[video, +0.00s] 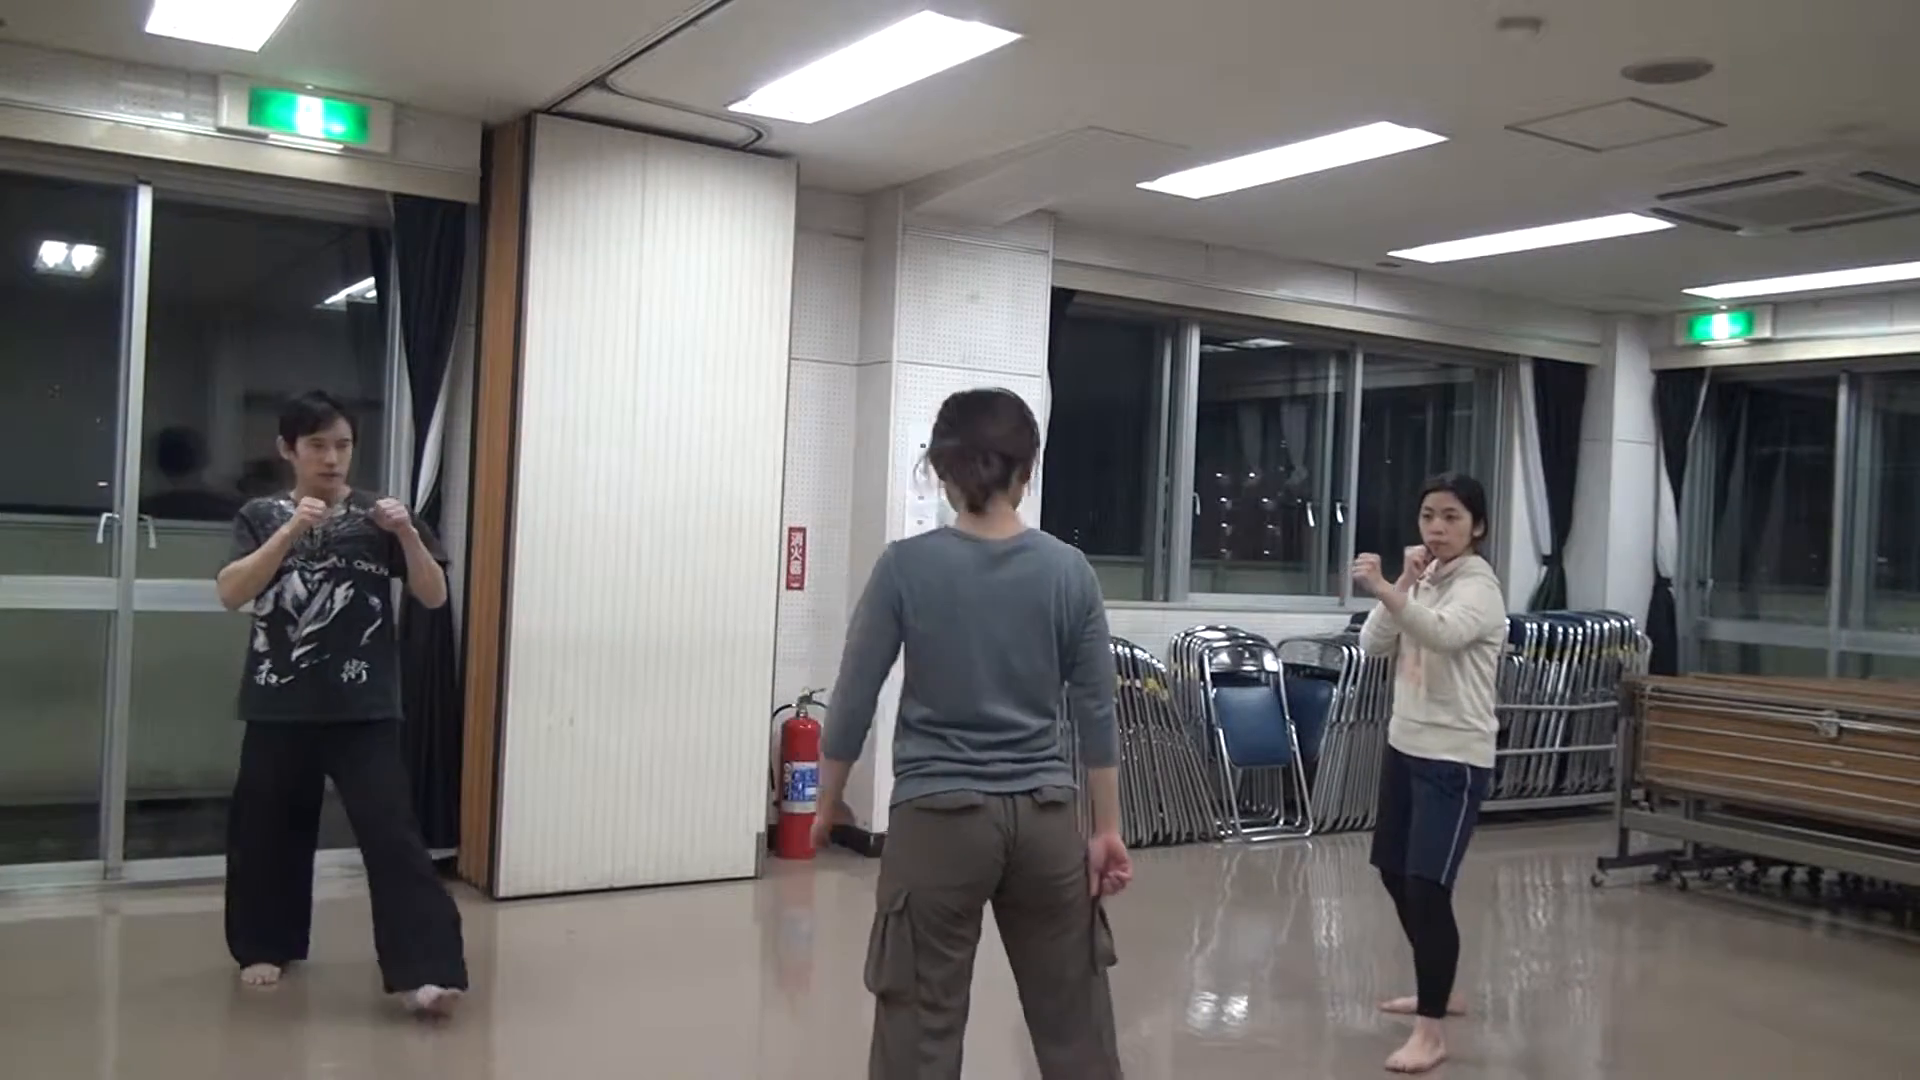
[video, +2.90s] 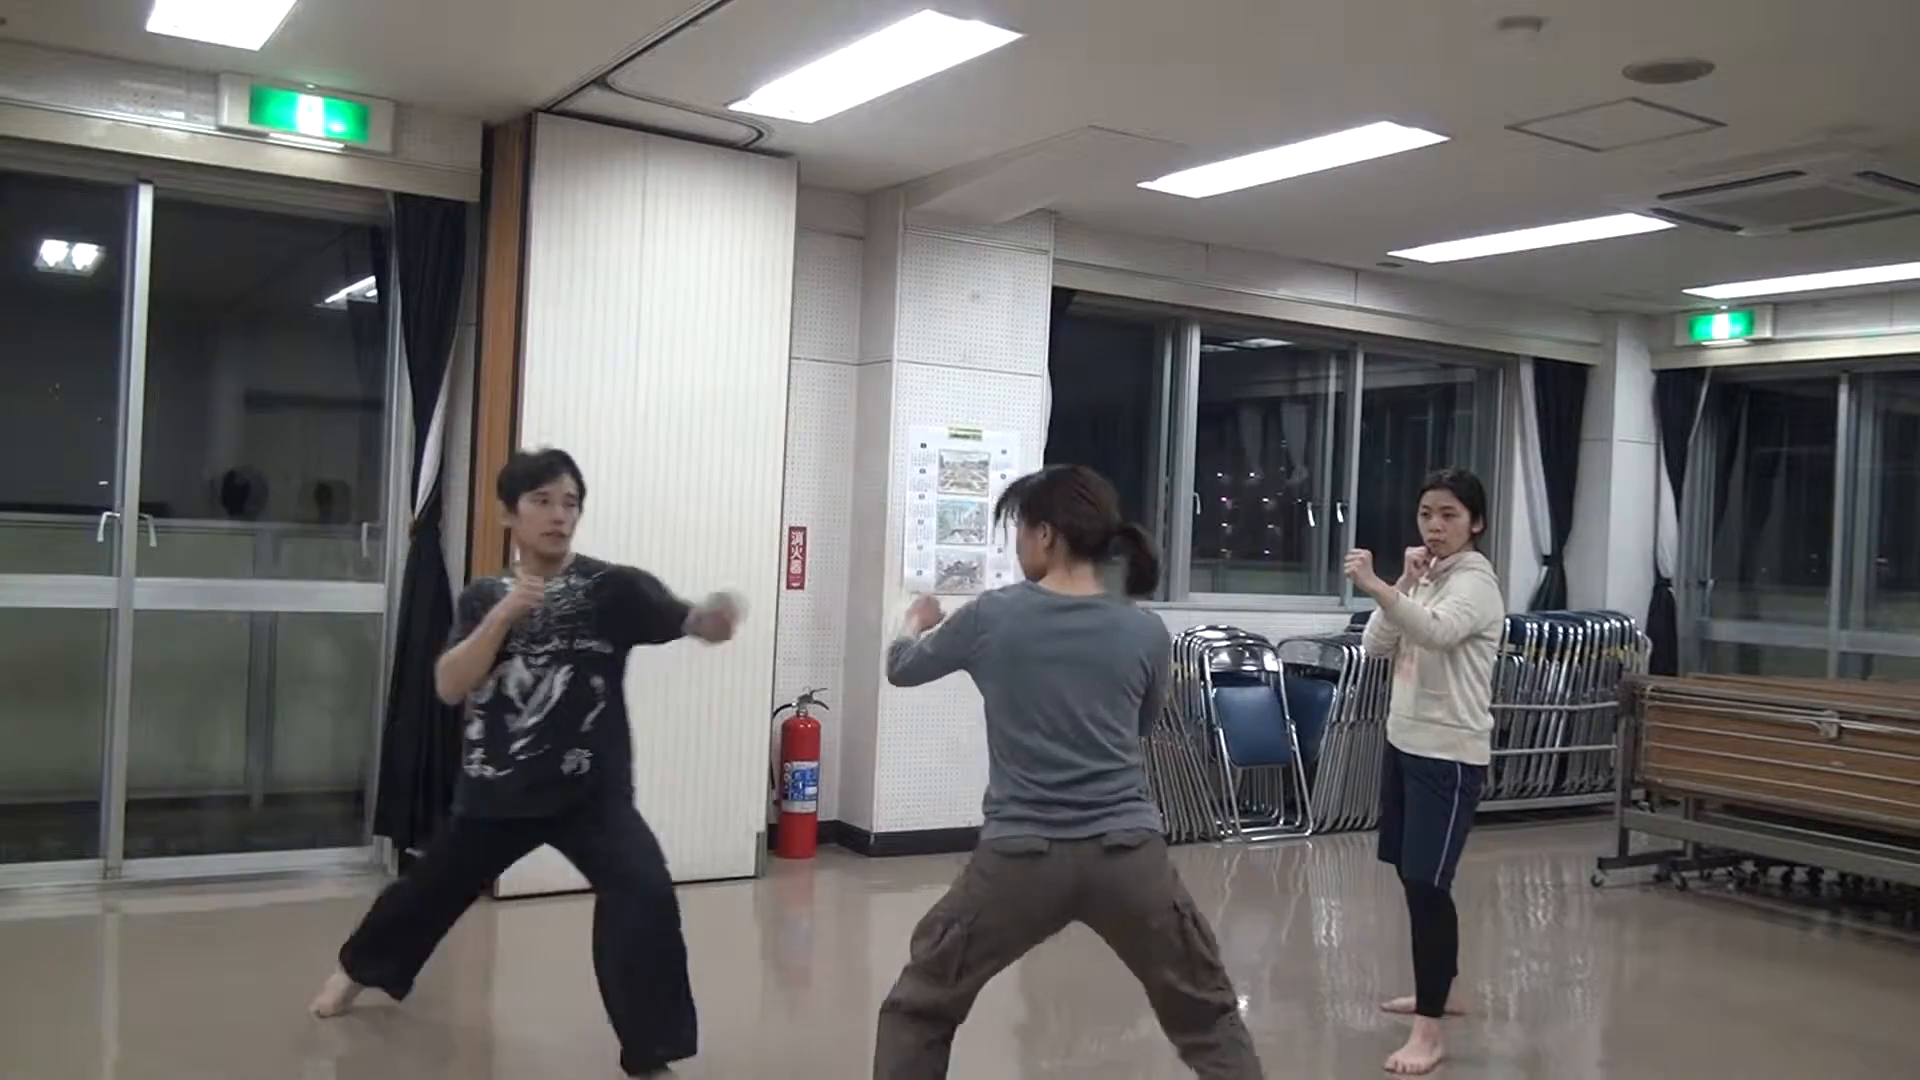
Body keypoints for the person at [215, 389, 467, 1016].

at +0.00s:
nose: (332, 457)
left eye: (342, 446)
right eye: (318, 446)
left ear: (354, 449)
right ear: (288, 450)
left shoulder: (382, 516)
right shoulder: (263, 517)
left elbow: (433, 594)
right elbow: (231, 593)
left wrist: (407, 535)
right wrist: (288, 535)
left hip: (365, 708)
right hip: (281, 708)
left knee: (392, 834)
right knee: (268, 828)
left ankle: (427, 972)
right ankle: (263, 951)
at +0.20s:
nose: (372, 452)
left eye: (382, 439)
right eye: (358, 440)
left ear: (394, 445)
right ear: (329, 445)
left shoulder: (426, 516)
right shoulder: (300, 517)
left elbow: (464, 605)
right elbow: (274, 601)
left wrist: (448, 579)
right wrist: (324, 559)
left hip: (406, 714)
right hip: (320, 712)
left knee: (421, 851)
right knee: (296, 832)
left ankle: (433, 995)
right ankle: (271, 943)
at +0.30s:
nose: (390, 451)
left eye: (400, 439)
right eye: (376, 439)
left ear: (412, 444)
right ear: (347, 443)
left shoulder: (441, 514)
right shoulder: (314, 515)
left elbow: (468, 588)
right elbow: (291, 603)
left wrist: (470, 631)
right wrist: (341, 586)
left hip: (422, 710)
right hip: (338, 710)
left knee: (428, 853)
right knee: (311, 833)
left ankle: (433, 995)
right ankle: (281, 944)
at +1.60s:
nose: (412, 453)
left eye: (422, 441)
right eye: (397, 442)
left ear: (434, 442)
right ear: (364, 445)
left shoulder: (461, 515)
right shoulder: (342, 518)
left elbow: (515, 597)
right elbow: (320, 589)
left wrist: (502, 537)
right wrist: (373, 520)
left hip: (446, 720)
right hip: (363, 721)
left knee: (471, 860)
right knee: (353, 855)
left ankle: (495, 1004)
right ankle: (344, 984)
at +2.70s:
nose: (462, 513)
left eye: (472, 501)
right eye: (446, 500)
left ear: (482, 506)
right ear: (413, 505)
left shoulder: (504, 579)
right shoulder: (376, 573)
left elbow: (550, 673)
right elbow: (339, 654)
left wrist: (533, 617)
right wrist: (401, 589)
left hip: (481, 777)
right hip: (391, 776)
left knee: (545, 879)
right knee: (350, 886)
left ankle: (561, 1027)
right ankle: (342, 984)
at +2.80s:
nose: (507, 525)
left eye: (518, 513)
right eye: (492, 511)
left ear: (527, 521)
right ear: (458, 518)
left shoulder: (550, 600)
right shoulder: (418, 593)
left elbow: (602, 690)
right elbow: (380, 682)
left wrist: (591, 655)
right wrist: (436, 622)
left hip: (516, 792)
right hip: (422, 792)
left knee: (593, 887)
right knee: (373, 892)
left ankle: (638, 1042)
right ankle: (338, 979)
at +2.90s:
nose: (559, 515)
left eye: (570, 504)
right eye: (543, 503)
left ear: (581, 514)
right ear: (511, 515)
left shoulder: (612, 588)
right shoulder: (483, 598)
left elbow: (691, 623)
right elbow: (450, 686)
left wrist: (716, 617)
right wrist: (502, 616)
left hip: (590, 795)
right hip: (498, 795)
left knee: (644, 891)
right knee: (431, 886)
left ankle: (650, 1058)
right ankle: (355, 969)